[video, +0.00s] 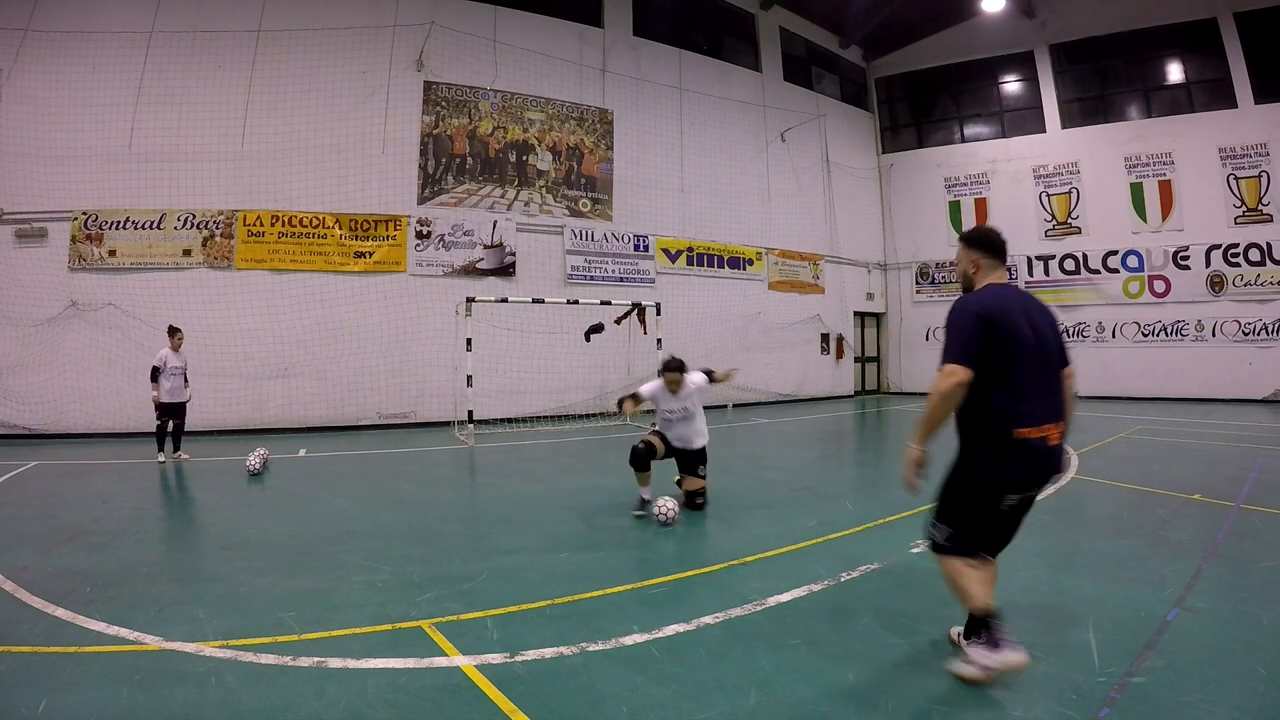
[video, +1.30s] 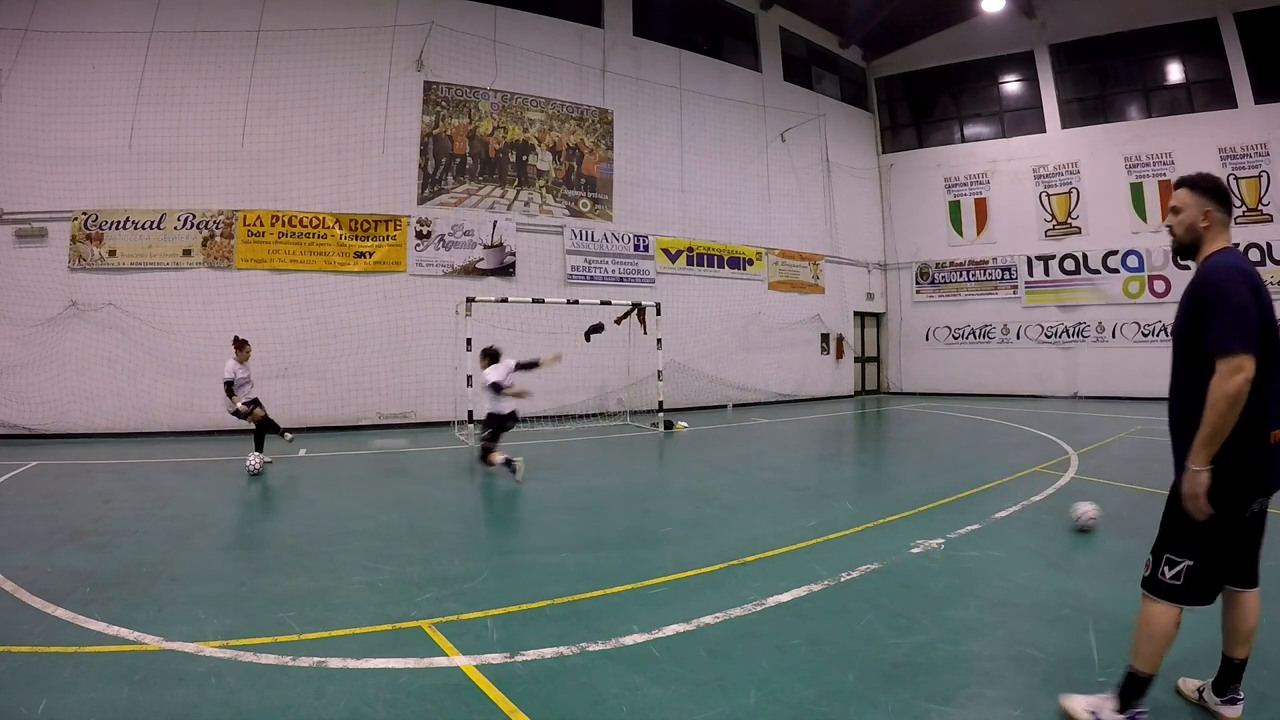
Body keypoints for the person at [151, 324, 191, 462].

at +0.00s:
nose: (181, 342)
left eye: (182, 339)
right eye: (179, 339)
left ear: (182, 339)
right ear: (171, 339)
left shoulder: (182, 356)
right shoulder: (163, 354)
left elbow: (184, 374)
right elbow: (154, 374)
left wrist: (187, 389)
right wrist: (155, 393)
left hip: (180, 397)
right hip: (165, 397)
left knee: (179, 425)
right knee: (163, 425)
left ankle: (177, 451)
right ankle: (161, 452)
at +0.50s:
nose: (199, 345)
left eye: (200, 342)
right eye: (196, 342)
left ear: (199, 343)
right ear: (189, 342)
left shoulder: (199, 359)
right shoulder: (179, 355)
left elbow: (201, 376)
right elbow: (165, 369)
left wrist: (200, 388)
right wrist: (153, 385)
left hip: (190, 397)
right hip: (175, 395)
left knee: (185, 424)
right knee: (181, 421)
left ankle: (178, 450)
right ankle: (173, 450)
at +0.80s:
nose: (214, 350)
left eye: (215, 347)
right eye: (212, 347)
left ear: (214, 347)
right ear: (203, 346)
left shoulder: (214, 362)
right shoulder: (191, 360)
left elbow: (215, 378)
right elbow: (179, 376)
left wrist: (210, 389)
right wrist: (169, 392)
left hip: (203, 397)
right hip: (188, 395)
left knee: (206, 426)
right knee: (190, 424)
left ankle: (192, 440)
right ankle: (181, 453)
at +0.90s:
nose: (220, 348)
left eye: (221, 345)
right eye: (218, 345)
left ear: (221, 346)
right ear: (210, 346)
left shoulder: (218, 360)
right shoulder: (201, 361)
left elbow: (213, 378)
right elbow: (192, 380)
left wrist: (212, 393)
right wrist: (195, 394)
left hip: (212, 400)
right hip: (197, 403)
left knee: (225, 420)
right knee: (191, 428)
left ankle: (220, 449)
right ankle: (181, 454)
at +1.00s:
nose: (227, 345)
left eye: (228, 342)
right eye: (225, 342)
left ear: (227, 342)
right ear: (217, 342)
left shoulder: (225, 356)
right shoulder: (212, 357)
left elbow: (221, 379)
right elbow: (202, 378)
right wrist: (203, 398)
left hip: (227, 398)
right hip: (212, 400)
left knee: (241, 419)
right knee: (198, 425)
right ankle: (180, 446)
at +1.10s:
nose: (235, 349)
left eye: (235, 347)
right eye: (232, 347)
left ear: (235, 347)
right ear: (224, 347)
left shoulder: (234, 361)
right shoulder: (219, 361)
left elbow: (233, 381)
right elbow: (212, 381)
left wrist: (238, 396)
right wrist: (213, 400)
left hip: (238, 398)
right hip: (225, 401)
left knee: (253, 423)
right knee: (227, 428)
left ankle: (258, 454)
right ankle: (204, 435)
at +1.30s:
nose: (249, 355)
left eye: (249, 352)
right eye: (247, 352)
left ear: (239, 352)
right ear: (238, 352)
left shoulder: (244, 364)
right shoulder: (231, 365)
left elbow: (244, 384)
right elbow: (228, 388)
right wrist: (238, 404)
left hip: (249, 398)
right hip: (237, 404)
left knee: (263, 420)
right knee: (260, 415)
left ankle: (259, 454)